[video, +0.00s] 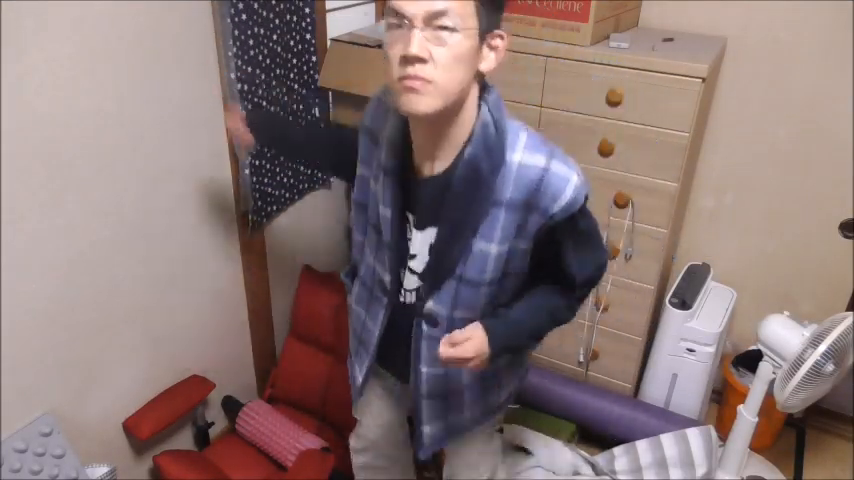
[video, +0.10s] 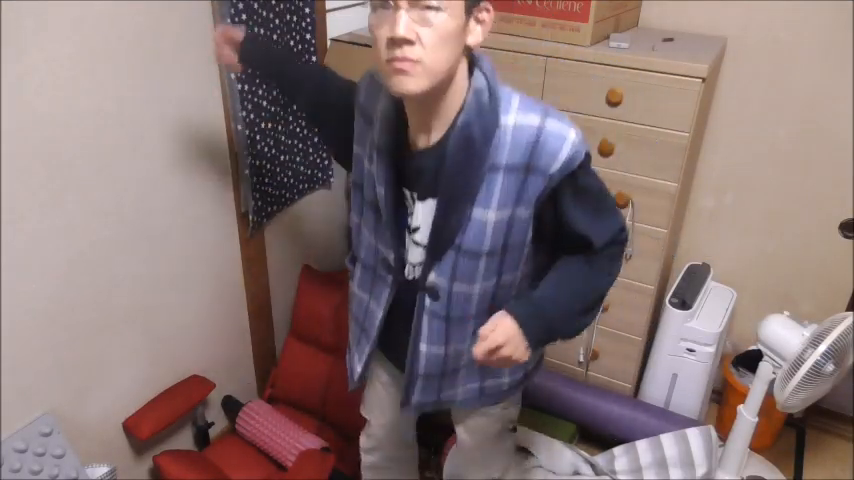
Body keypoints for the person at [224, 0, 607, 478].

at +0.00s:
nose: (413, 49)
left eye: (442, 30)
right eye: (398, 25)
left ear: (491, 51)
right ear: (384, 38)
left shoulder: (542, 180)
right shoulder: (382, 122)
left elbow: (574, 277)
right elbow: (354, 157)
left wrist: (500, 334)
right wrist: (260, 130)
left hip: (469, 380)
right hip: (384, 361)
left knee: (468, 472)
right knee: (371, 452)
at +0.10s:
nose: (398, 30)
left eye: (427, 10)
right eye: (386, 9)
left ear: (477, 26)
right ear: (370, 21)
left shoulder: (540, 144)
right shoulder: (375, 107)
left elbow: (600, 245)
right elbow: (322, 95)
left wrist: (532, 321)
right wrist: (255, 54)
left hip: (482, 353)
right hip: (390, 339)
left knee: (476, 466)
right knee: (382, 455)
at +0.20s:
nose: (395, 10)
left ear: (473, 3)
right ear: (369, 9)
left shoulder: (550, 109)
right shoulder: (376, 94)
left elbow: (602, 216)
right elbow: (360, 144)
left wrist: (548, 296)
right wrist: (297, 81)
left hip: (505, 335)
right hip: (409, 327)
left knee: (502, 469)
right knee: (391, 456)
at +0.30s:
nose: (397, 13)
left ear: (476, 5)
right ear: (372, 10)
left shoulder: (556, 104)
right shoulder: (383, 113)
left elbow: (603, 214)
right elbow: (379, 201)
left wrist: (559, 306)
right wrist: (317, 160)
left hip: (528, 337)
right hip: (428, 332)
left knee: (520, 470)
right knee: (397, 461)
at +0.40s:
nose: (393, 31)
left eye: (419, 8)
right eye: (379, 9)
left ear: (473, 19)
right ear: (368, 22)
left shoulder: (557, 114)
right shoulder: (396, 132)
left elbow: (615, 216)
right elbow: (402, 224)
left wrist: (581, 315)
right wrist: (324, 202)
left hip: (541, 367)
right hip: (446, 362)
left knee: (530, 474)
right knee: (405, 467)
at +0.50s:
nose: (392, 39)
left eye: (420, 16)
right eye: (378, 17)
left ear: (470, 29)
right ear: (366, 29)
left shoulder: (556, 119)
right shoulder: (394, 149)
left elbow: (625, 229)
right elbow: (409, 241)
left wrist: (602, 327)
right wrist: (328, 227)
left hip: (546, 403)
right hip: (449, 398)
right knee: (415, 471)